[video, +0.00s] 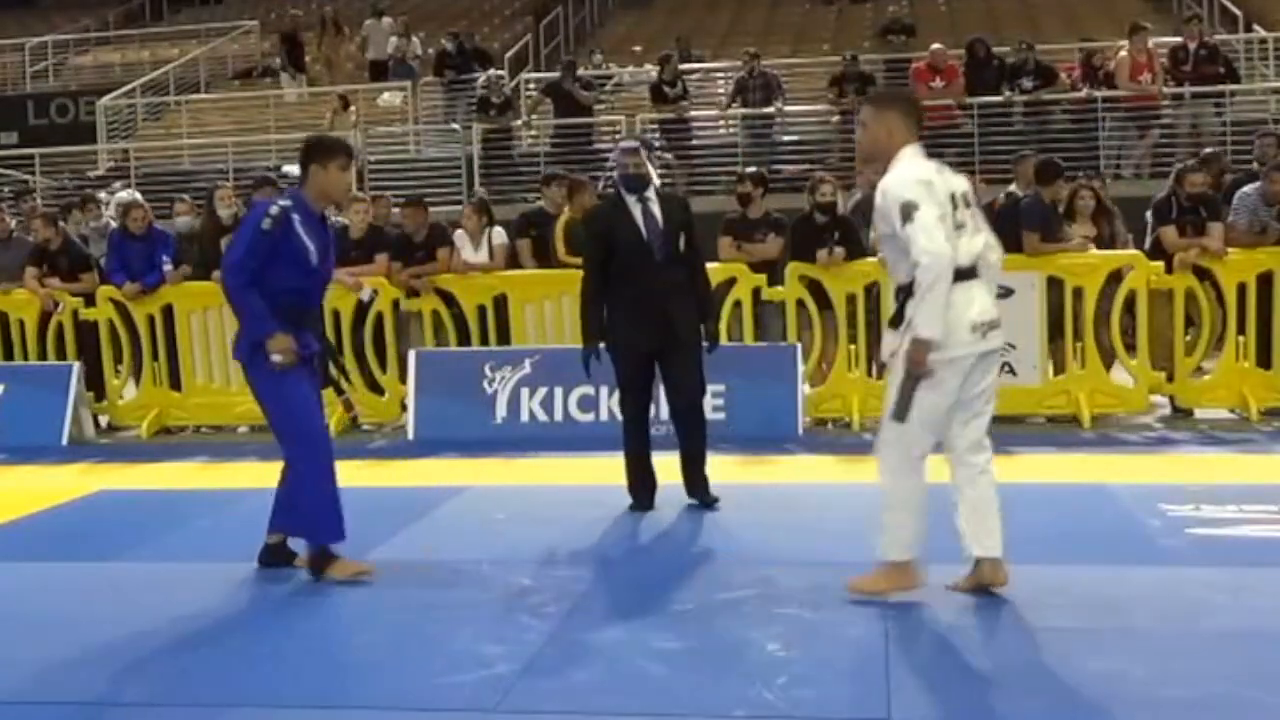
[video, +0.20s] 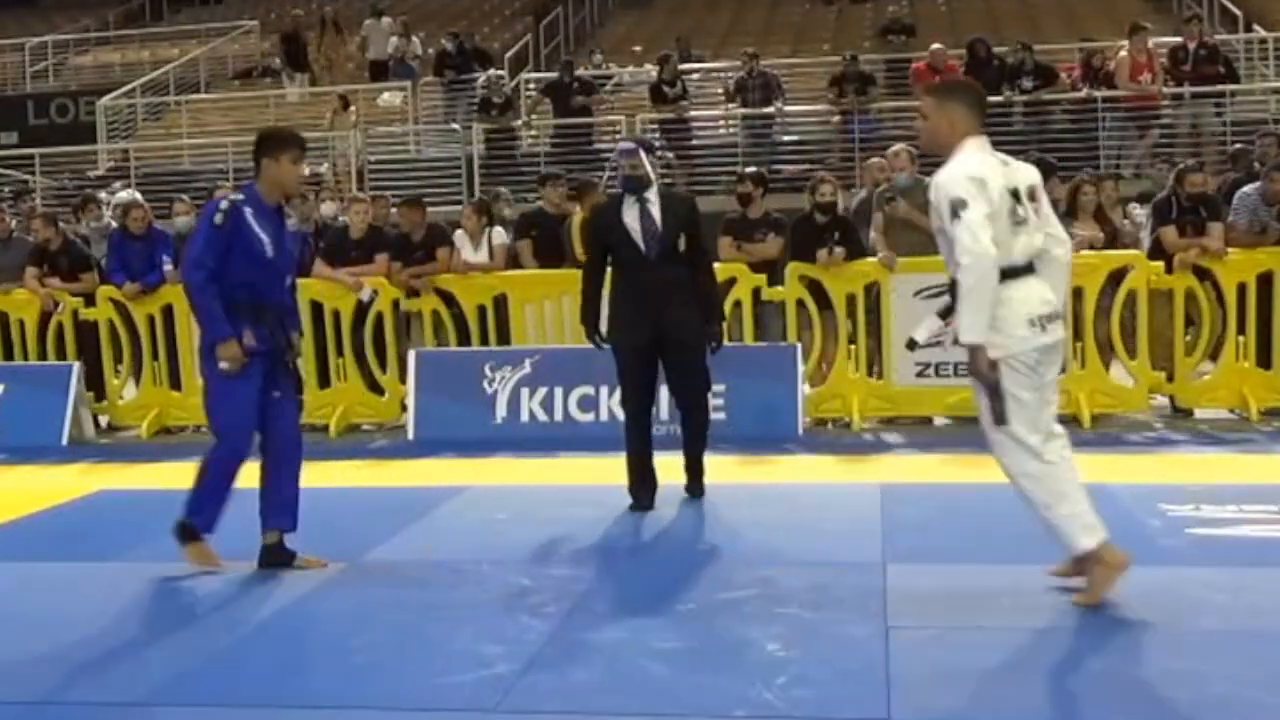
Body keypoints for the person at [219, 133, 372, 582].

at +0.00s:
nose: (351, 180)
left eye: (352, 171)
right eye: (345, 170)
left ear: (326, 173)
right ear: (317, 170)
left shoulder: (322, 227)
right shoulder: (272, 214)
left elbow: (309, 295)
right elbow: (234, 275)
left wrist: (317, 347)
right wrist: (269, 332)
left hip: (305, 345)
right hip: (270, 347)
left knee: (307, 441)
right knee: (310, 440)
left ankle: (276, 541)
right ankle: (322, 551)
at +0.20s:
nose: (304, 172)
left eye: (304, 163)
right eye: (297, 162)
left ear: (281, 166)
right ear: (269, 164)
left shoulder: (282, 223)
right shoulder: (226, 212)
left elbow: (283, 287)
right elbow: (196, 273)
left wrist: (291, 334)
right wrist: (222, 336)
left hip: (276, 345)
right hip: (235, 345)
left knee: (284, 442)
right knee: (236, 438)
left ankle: (275, 542)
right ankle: (192, 526)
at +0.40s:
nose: (252, 183)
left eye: (253, 175)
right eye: (245, 174)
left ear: (240, 178)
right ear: (216, 176)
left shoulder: (247, 230)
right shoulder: (175, 227)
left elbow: (246, 285)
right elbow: (166, 297)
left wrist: (257, 327)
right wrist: (180, 360)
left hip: (230, 354)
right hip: (186, 356)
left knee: (251, 443)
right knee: (165, 447)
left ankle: (268, 540)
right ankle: (126, 533)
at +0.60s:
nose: (212, 183)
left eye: (213, 175)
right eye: (204, 174)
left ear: (203, 177)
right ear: (175, 175)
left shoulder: (207, 231)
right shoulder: (136, 226)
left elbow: (214, 283)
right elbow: (120, 296)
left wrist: (221, 319)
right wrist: (143, 354)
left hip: (197, 343)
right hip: (152, 346)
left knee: (223, 430)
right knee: (141, 441)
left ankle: (219, 535)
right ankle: (124, 540)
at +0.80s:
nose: (185, 180)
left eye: (187, 172)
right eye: (177, 171)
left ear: (187, 176)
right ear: (149, 174)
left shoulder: (195, 222)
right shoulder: (118, 224)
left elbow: (210, 275)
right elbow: (92, 292)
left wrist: (219, 312)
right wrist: (118, 343)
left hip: (183, 339)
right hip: (137, 342)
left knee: (195, 437)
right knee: (132, 438)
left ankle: (150, 514)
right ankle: (122, 541)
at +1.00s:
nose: (187, 181)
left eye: (188, 173)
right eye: (178, 173)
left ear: (181, 177)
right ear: (149, 176)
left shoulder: (189, 226)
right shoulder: (121, 227)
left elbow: (211, 271)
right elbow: (98, 293)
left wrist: (227, 300)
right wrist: (126, 340)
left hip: (181, 335)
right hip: (142, 338)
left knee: (162, 429)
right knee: (153, 428)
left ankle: (132, 518)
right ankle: (126, 534)